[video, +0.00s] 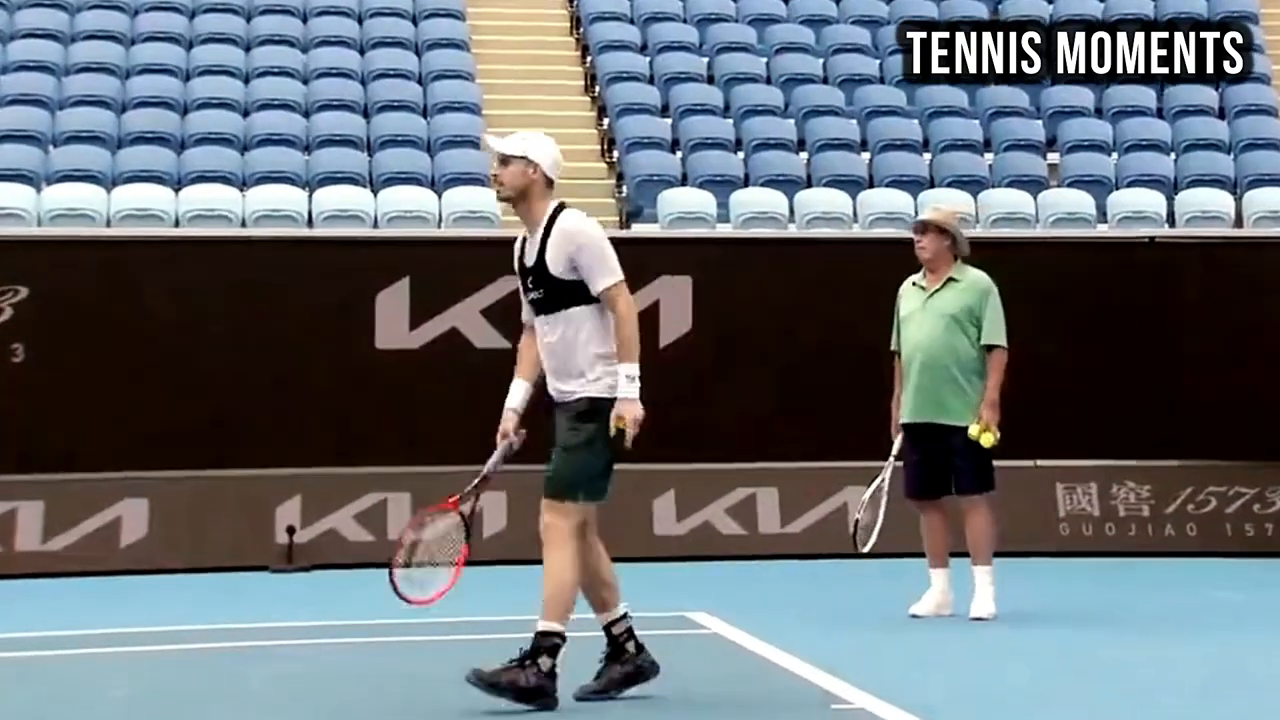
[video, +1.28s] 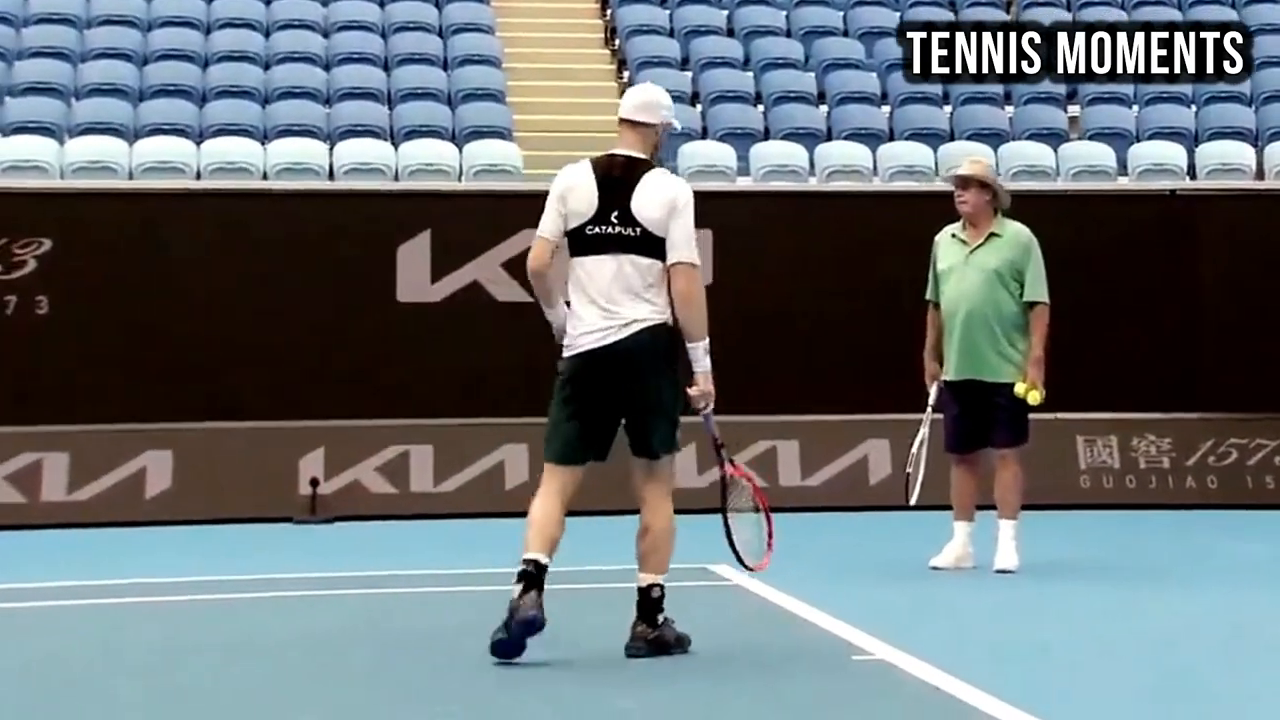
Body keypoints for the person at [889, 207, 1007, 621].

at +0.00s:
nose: (916, 240)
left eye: (924, 233)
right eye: (916, 234)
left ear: (948, 240)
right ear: (920, 243)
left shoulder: (979, 285)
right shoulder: (908, 289)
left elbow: (997, 349)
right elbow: (900, 356)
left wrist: (991, 399)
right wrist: (898, 408)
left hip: (965, 414)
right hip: (918, 414)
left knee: (973, 499)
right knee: (928, 502)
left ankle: (983, 588)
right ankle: (939, 589)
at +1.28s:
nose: (961, 194)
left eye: (969, 187)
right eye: (958, 188)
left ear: (991, 193)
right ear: (954, 194)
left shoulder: (1020, 239)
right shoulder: (944, 240)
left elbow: (1039, 305)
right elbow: (935, 305)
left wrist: (1036, 361)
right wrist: (931, 356)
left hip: (1006, 368)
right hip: (957, 367)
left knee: (1006, 454)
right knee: (962, 457)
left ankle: (1007, 541)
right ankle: (961, 542)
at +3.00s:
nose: (1005, 215)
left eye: (1012, 205)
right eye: (998, 206)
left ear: (1028, 209)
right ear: (988, 212)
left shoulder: (1050, 252)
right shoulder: (977, 251)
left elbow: (1073, 319)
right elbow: (961, 314)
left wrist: (1075, 377)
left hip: (1038, 382)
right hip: (991, 381)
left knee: (1028, 473)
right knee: (997, 474)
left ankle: (1022, 557)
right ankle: (999, 557)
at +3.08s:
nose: (1004, 211)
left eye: (1010, 200)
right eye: (997, 201)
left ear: (1025, 203)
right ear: (988, 206)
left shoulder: (1047, 248)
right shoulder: (976, 249)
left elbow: (1068, 313)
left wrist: (1069, 370)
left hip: (1035, 380)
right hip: (989, 379)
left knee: (1028, 468)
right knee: (990, 469)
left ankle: (1022, 556)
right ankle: (995, 554)